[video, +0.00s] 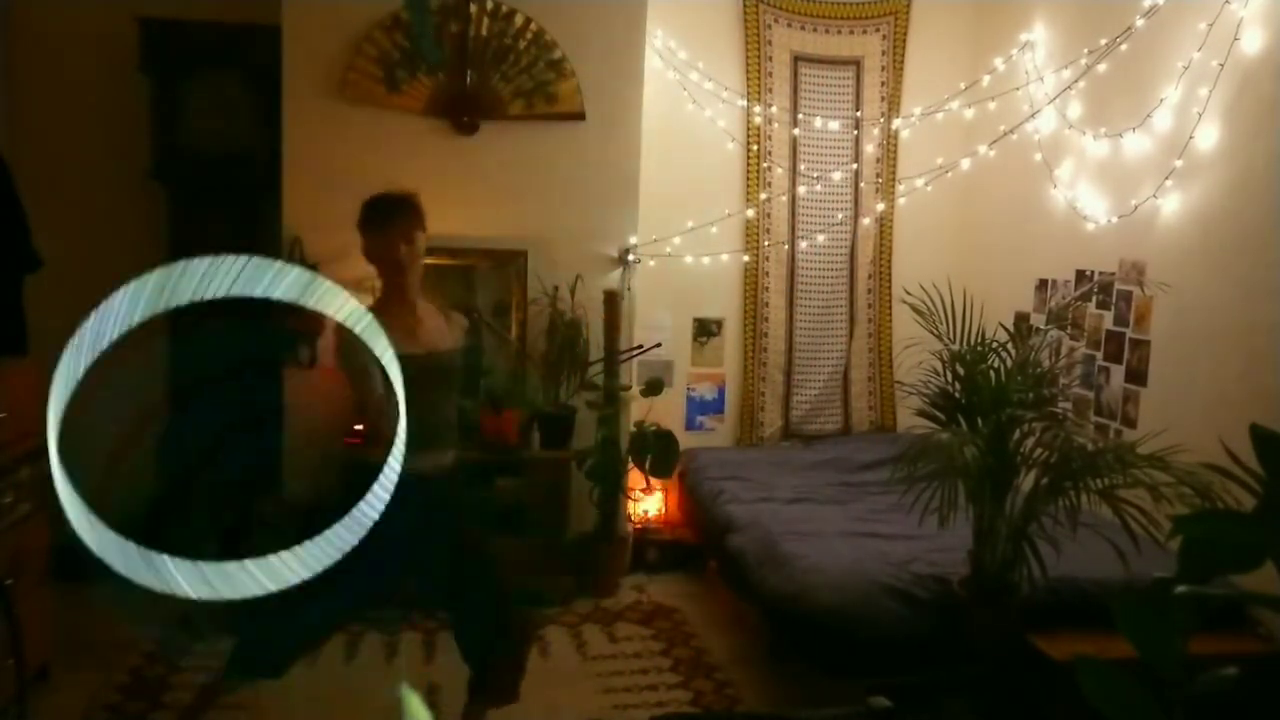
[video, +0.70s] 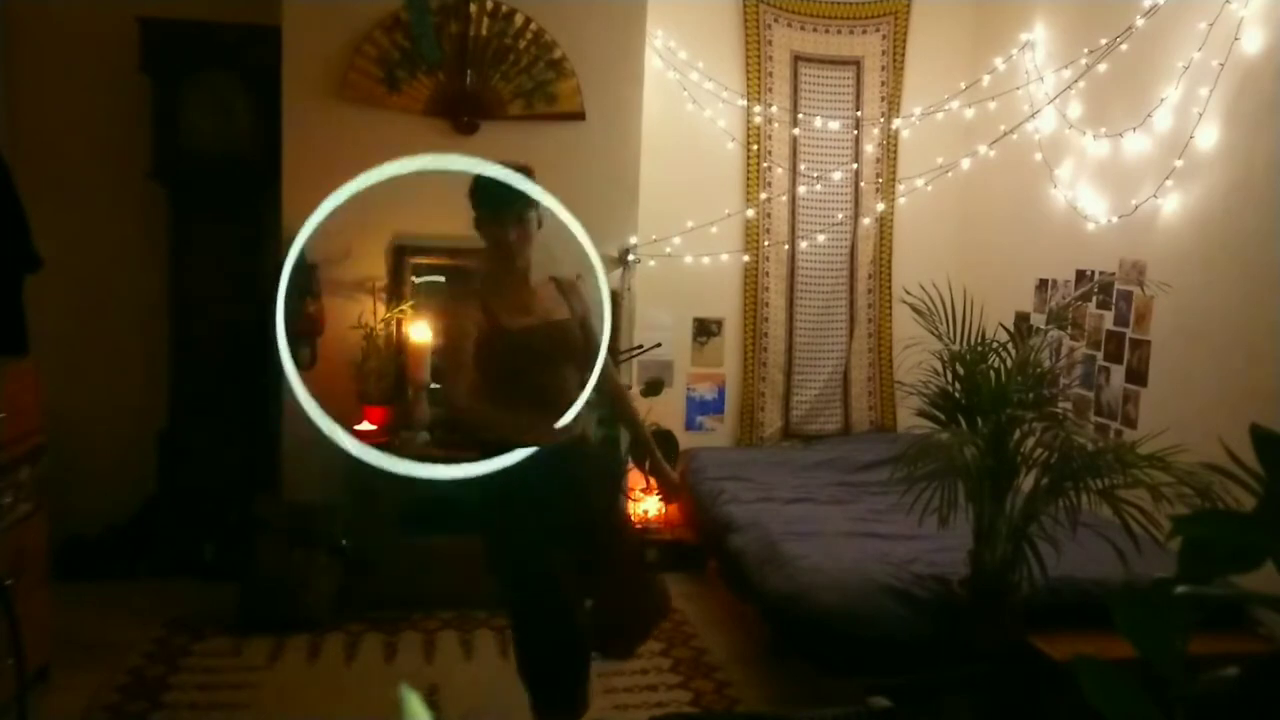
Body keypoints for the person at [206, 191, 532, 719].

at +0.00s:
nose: (406, 248)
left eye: (413, 235)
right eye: (391, 236)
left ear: (425, 240)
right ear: (369, 246)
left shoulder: (459, 328)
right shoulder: (359, 333)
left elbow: (480, 408)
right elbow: (356, 425)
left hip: (453, 488)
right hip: (385, 492)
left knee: (501, 640)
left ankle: (472, 710)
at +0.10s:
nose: (428, 257)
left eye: (435, 242)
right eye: (413, 245)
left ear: (448, 247)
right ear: (392, 255)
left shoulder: (481, 323)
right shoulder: (384, 335)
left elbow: (501, 395)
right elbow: (393, 427)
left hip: (475, 484)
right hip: (407, 484)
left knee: (514, 628)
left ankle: (478, 709)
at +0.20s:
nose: (446, 253)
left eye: (454, 239)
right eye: (433, 242)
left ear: (469, 243)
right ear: (409, 250)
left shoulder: (501, 316)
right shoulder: (403, 326)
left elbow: (529, 401)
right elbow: (379, 396)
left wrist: (551, 475)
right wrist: (395, 288)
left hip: (496, 479)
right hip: (432, 480)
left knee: (523, 620)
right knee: (429, 625)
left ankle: (485, 708)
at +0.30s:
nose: (468, 250)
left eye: (476, 236)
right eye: (456, 237)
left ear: (487, 242)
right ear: (433, 248)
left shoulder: (518, 314)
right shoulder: (424, 326)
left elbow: (561, 395)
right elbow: (415, 430)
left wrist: (612, 468)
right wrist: (477, 454)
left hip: (529, 478)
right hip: (464, 486)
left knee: (514, 623)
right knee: (526, 625)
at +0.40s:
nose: (477, 246)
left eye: (487, 231)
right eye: (464, 234)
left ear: (503, 232)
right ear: (445, 240)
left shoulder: (531, 303)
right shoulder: (442, 312)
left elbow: (579, 380)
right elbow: (459, 401)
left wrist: (631, 440)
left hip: (536, 465)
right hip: (474, 470)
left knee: (539, 588)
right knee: (501, 590)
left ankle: (515, 698)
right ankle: (500, 697)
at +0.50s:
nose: (489, 240)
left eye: (499, 225)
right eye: (476, 227)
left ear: (514, 228)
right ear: (457, 232)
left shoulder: (542, 304)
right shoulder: (444, 305)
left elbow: (597, 384)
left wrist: (653, 451)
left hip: (542, 473)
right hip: (476, 476)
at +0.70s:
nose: (513, 237)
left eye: (521, 221)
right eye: (499, 224)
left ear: (537, 223)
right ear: (481, 228)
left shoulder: (563, 293)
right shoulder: (468, 301)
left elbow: (602, 374)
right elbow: (459, 399)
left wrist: (646, 443)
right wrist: (544, 432)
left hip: (576, 480)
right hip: (514, 485)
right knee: (540, 614)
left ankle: (568, 705)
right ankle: (555, 709)